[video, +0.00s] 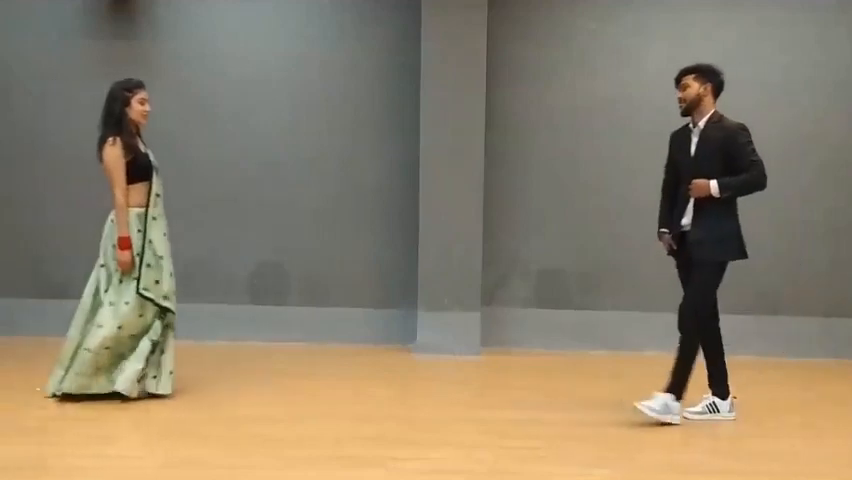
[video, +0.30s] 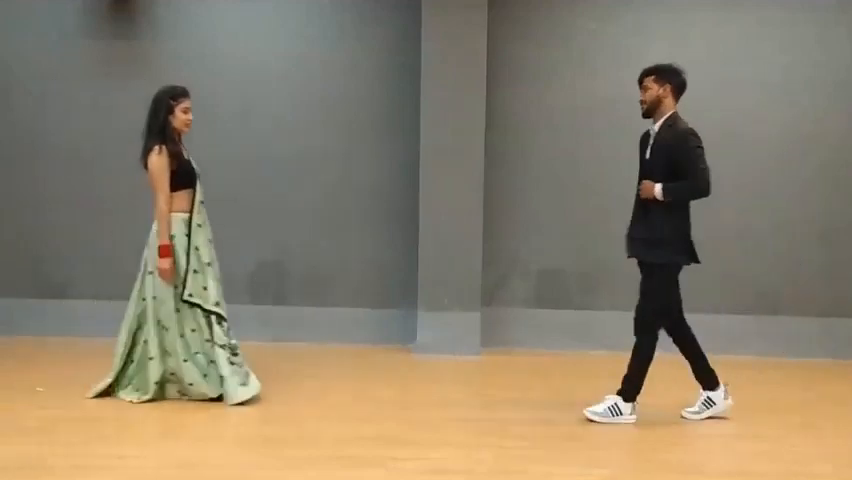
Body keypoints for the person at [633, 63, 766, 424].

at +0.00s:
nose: (678, 94)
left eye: (684, 87)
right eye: (678, 89)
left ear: (707, 89)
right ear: (695, 93)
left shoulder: (732, 132)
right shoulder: (679, 137)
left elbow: (757, 177)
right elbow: (671, 185)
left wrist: (715, 186)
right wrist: (665, 226)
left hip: (716, 238)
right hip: (685, 239)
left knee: (690, 312)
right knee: (705, 316)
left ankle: (672, 397)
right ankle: (721, 398)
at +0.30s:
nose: (640, 96)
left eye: (645, 88)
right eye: (640, 90)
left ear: (666, 90)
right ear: (660, 92)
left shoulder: (684, 135)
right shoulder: (649, 137)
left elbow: (701, 186)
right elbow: (651, 190)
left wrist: (661, 191)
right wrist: (639, 240)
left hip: (667, 246)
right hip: (650, 245)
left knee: (646, 321)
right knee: (672, 320)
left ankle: (626, 401)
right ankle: (714, 391)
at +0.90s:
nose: (563, 93)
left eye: (567, 85)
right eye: (563, 86)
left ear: (584, 86)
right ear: (586, 87)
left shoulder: (600, 121)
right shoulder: (585, 125)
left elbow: (625, 161)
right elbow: (595, 178)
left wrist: (592, 158)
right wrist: (569, 228)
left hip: (595, 240)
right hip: (578, 240)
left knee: (607, 320)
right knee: (557, 315)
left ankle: (622, 401)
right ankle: (524, 390)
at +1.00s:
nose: (546, 94)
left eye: (550, 87)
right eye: (547, 87)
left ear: (567, 87)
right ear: (566, 88)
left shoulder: (588, 122)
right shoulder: (568, 127)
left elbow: (617, 161)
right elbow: (571, 186)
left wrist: (588, 160)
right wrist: (555, 225)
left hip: (582, 241)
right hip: (563, 241)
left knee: (600, 320)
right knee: (542, 317)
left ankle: (621, 399)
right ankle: (514, 393)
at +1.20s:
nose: (508, 92)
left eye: (511, 84)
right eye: (509, 85)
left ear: (528, 84)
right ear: (527, 85)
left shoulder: (557, 115)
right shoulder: (527, 126)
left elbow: (590, 151)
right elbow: (528, 178)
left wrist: (571, 170)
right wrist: (513, 215)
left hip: (544, 232)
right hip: (519, 231)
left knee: (550, 320)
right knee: (517, 319)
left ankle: (604, 382)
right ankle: (507, 399)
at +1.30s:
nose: (493, 90)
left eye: (495, 82)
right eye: (494, 83)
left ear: (510, 82)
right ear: (512, 84)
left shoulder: (543, 113)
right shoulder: (511, 126)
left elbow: (577, 150)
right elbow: (513, 175)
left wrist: (562, 181)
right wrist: (499, 213)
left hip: (528, 229)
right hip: (506, 229)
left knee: (518, 316)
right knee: (510, 316)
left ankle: (576, 374)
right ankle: (507, 399)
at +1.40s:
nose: (477, 89)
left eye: (481, 81)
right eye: (478, 81)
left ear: (496, 81)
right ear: (498, 83)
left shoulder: (530, 113)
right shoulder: (494, 123)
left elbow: (564, 151)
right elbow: (500, 173)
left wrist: (554, 189)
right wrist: (487, 212)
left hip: (516, 227)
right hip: (496, 227)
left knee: (497, 313)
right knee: (499, 314)